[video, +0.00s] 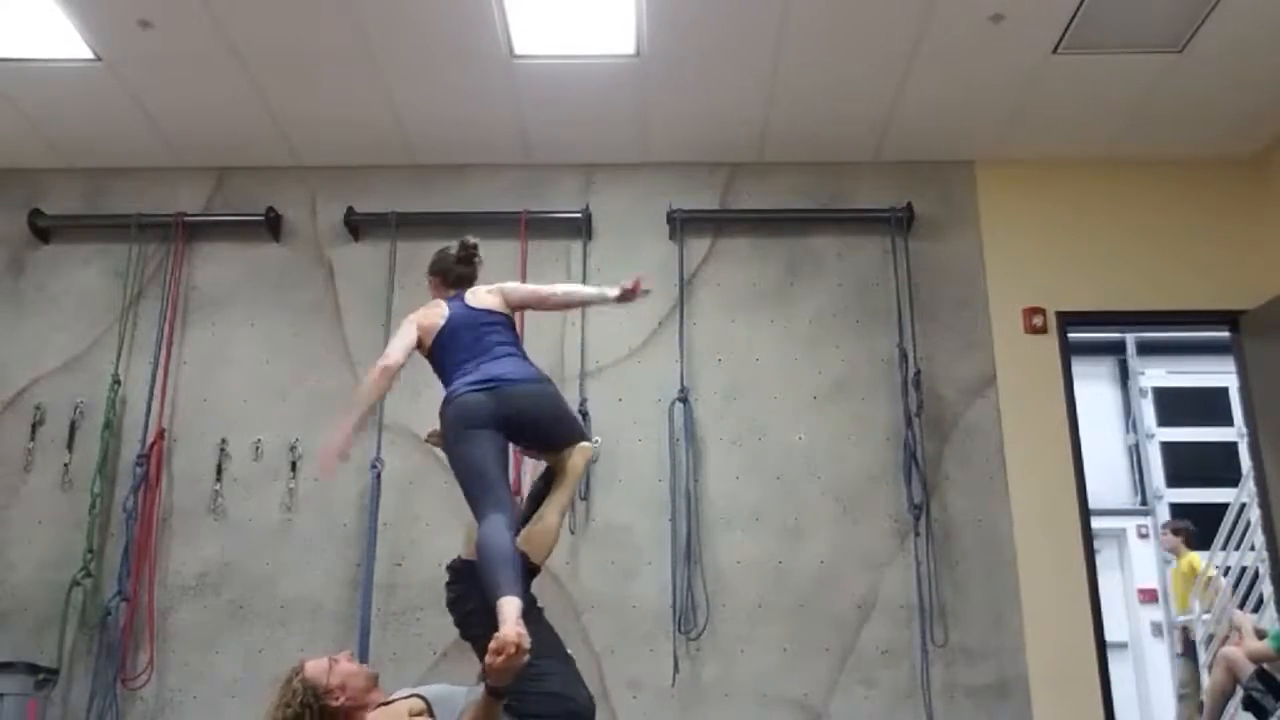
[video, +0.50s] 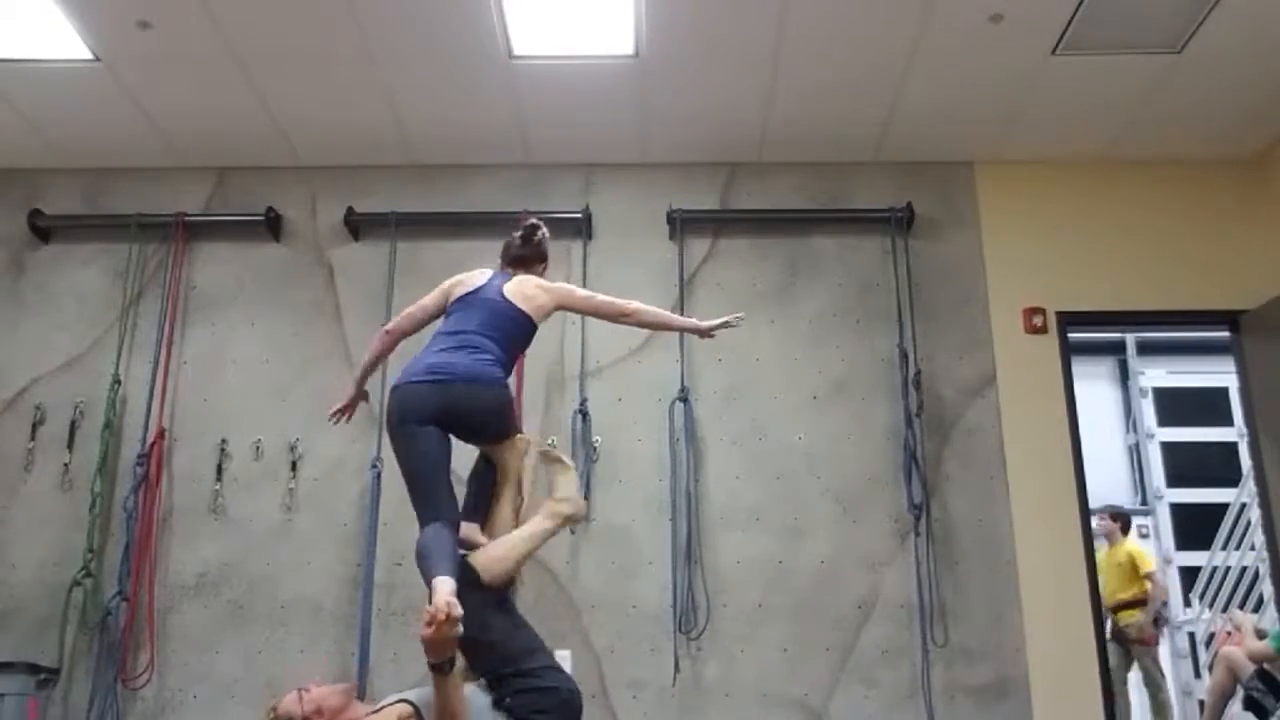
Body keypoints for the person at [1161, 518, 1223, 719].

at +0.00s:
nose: (1161, 539)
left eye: (1166, 535)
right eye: (1161, 535)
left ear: (1180, 537)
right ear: (1175, 539)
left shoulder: (1193, 561)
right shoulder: (1176, 566)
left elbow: (1217, 585)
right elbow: (1179, 599)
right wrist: (1178, 630)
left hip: (1196, 629)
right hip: (1182, 630)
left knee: (1190, 685)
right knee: (1185, 685)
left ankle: (1191, 714)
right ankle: (1187, 713)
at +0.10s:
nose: (1144, 540)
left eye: (1148, 536)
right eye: (1144, 536)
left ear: (1163, 538)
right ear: (1154, 540)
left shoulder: (1177, 561)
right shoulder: (1159, 568)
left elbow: (1205, 584)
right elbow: (1166, 608)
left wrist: (1204, 615)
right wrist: (1163, 642)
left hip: (1190, 635)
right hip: (1172, 637)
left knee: (1205, 688)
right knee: (1175, 692)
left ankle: (1212, 716)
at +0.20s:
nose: (1120, 540)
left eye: (1124, 535)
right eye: (1120, 536)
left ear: (1139, 538)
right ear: (1133, 539)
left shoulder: (1158, 556)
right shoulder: (1134, 573)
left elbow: (1192, 574)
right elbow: (1137, 610)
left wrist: (1191, 608)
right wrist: (1135, 643)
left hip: (1180, 623)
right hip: (1160, 628)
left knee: (1169, 680)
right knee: (1168, 683)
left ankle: (1194, 713)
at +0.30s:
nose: (1108, 540)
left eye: (1112, 535)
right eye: (1108, 536)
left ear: (1127, 539)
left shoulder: (1146, 559)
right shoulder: (1121, 574)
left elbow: (1184, 577)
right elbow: (1125, 609)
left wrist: (1184, 613)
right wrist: (1123, 640)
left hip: (1169, 623)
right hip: (1151, 628)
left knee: (1152, 676)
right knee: (1170, 685)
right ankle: (1176, 716)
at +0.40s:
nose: (1105, 527)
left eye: (1110, 523)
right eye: (1106, 523)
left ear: (1125, 528)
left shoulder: (1140, 551)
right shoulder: (1113, 562)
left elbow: (1169, 581)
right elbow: (1116, 599)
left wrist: (1161, 618)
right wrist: (1114, 632)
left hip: (1151, 617)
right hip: (1133, 621)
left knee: (1150, 682)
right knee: (1144, 682)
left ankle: (1167, 716)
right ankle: (1162, 715)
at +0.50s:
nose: (1099, 523)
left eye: (1104, 520)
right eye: (1099, 519)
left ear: (1119, 524)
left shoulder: (1133, 550)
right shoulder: (1103, 557)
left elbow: (1157, 585)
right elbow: (1107, 590)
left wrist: (1148, 619)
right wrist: (1106, 617)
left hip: (1138, 619)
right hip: (1116, 622)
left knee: (1153, 680)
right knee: (1115, 678)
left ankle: (1163, 715)